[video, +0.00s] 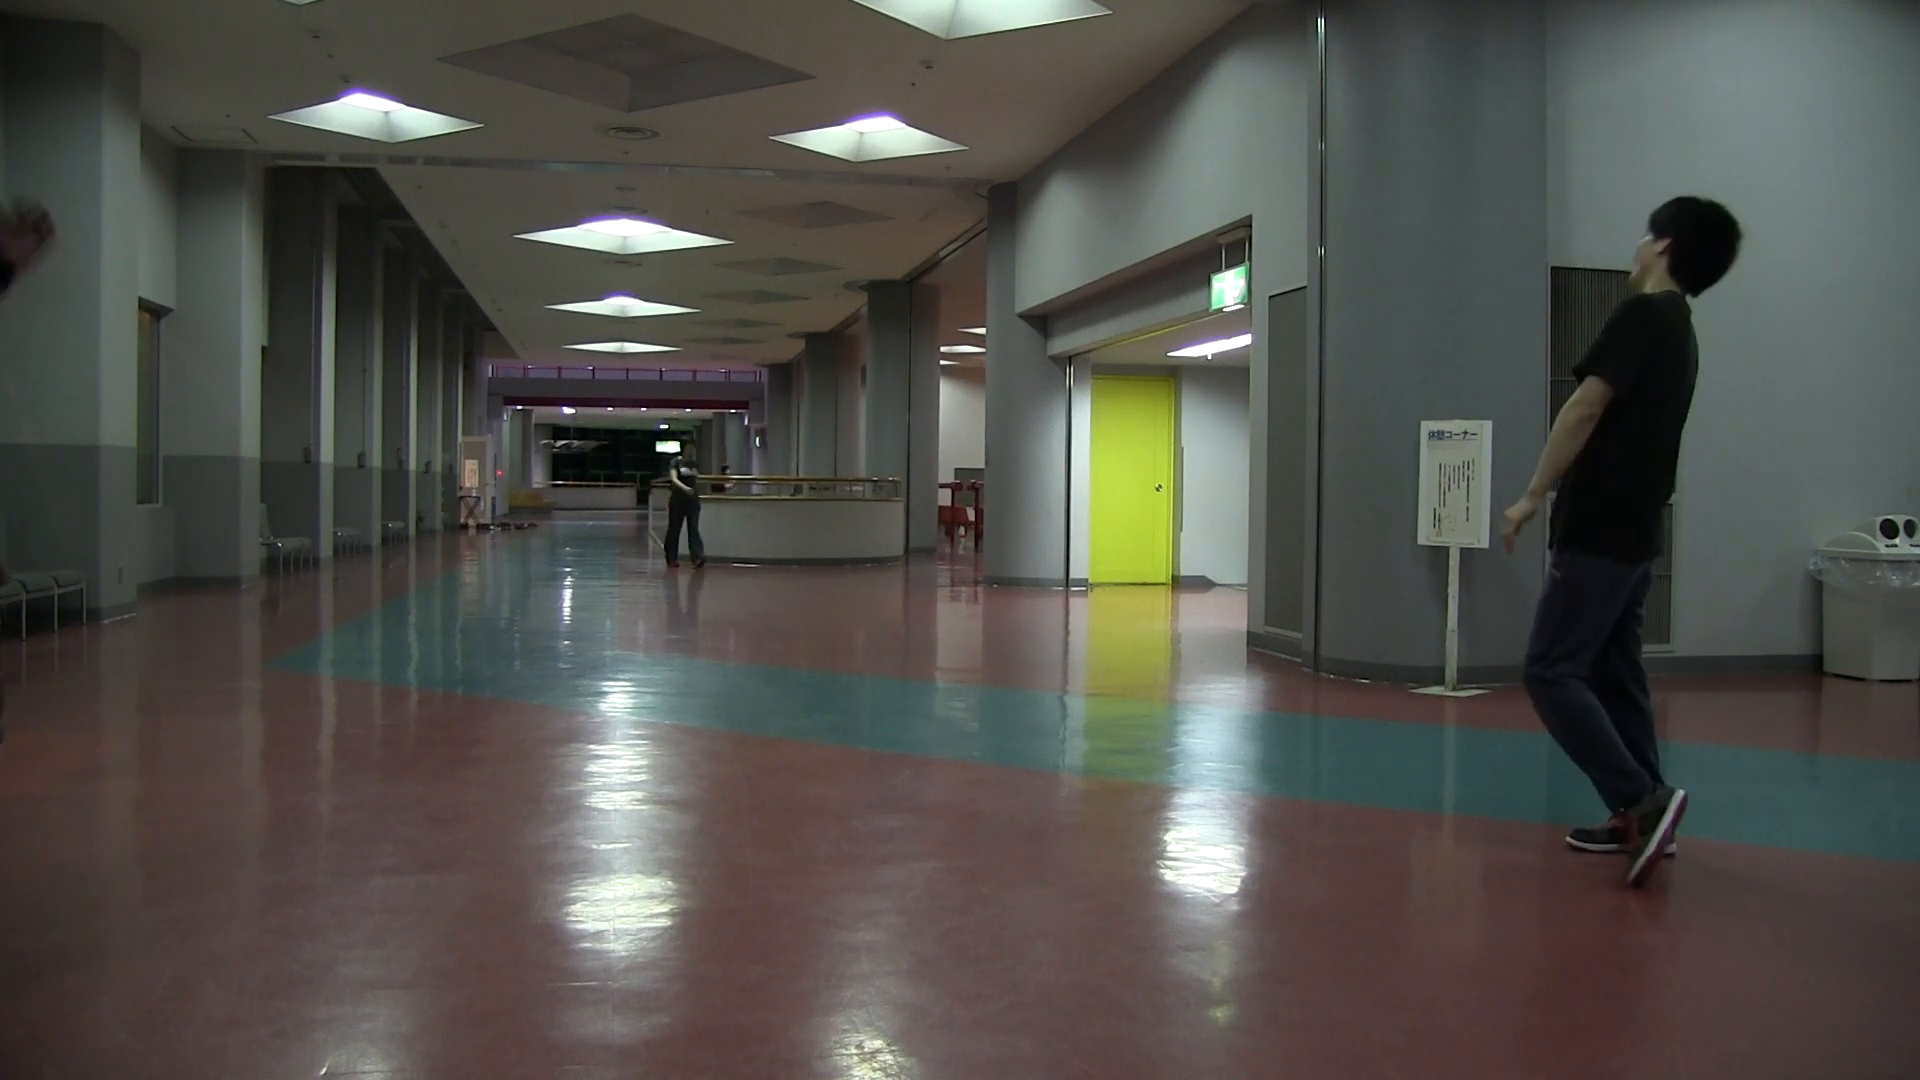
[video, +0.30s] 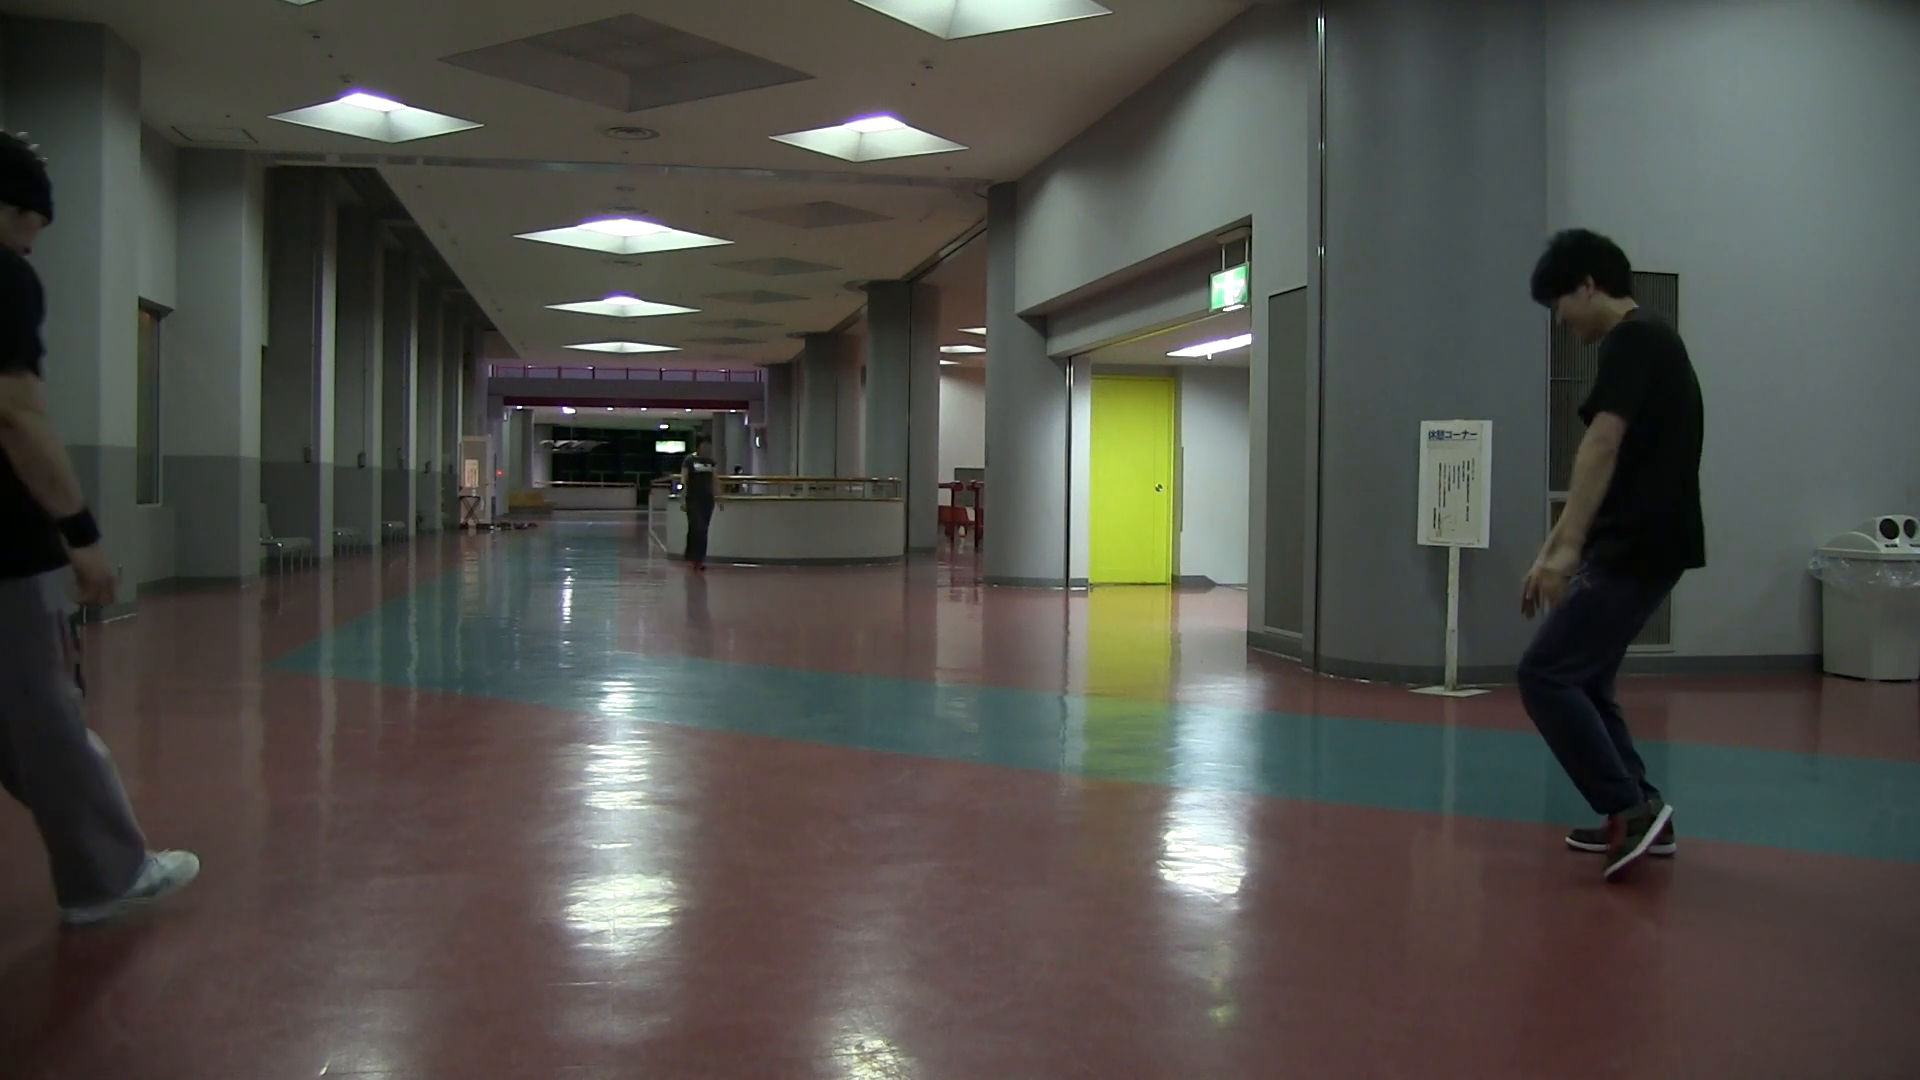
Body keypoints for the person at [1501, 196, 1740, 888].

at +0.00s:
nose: (1638, 241)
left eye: (1648, 231)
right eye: (1648, 230)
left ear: (1663, 245)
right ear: (1694, 260)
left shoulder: (1642, 316)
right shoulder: (1674, 324)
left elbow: (1585, 406)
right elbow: (1640, 430)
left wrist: (1534, 494)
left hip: (1599, 537)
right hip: (1632, 534)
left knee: (1548, 670)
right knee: (1614, 668)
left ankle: (1643, 800)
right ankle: (1632, 819)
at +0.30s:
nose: (1560, 321)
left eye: (1559, 305)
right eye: (1555, 310)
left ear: (1591, 286)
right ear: (1599, 289)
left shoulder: (1635, 343)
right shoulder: (1648, 343)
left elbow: (1603, 447)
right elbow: (1605, 460)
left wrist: (1564, 551)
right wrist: (1553, 546)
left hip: (1636, 548)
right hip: (1648, 546)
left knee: (1544, 674)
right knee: (1586, 679)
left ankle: (1630, 809)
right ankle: (1634, 812)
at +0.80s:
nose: (1573, 315)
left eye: (1580, 302)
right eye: (1568, 304)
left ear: (1615, 286)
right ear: (1575, 296)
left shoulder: (1699, 335)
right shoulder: (1579, 351)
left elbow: (1736, 449)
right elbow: (1574, 463)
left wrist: (1754, 557)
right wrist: (1578, 565)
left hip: (1684, 537)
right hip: (1613, 537)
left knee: (1646, 677)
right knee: (1592, 676)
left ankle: (1668, 835)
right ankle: (1628, 809)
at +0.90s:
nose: (1593, 294)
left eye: (1603, 279)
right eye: (1585, 281)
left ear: (1642, 264)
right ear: (1581, 274)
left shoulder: (1713, 321)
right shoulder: (1584, 341)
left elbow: (1733, 439)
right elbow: (1580, 453)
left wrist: (1726, 547)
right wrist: (1589, 554)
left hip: (1692, 538)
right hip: (1620, 539)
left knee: (1676, 678)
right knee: (1594, 678)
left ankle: (1671, 835)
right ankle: (1631, 789)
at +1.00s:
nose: (1614, 272)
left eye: (1626, 258)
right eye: (1604, 258)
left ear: (1661, 246)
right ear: (1598, 253)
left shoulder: (1726, 312)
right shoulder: (1592, 326)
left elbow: (1731, 429)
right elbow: (1582, 436)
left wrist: (1698, 531)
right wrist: (1599, 530)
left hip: (1695, 532)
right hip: (1614, 529)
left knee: (1690, 686)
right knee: (1598, 678)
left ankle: (1674, 834)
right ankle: (1629, 765)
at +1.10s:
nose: (1632, 262)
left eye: (1646, 248)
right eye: (1622, 248)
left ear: (1682, 237)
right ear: (1612, 242)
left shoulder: (1738, 313)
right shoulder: (1600, 318)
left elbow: (1732, 426)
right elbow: (1587, 422)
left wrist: (1677, 513)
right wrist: (1605, 503)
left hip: (1698, 533)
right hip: (1613, 529)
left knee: (1692, 684)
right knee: (1597, 675)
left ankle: (1676, 834)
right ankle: (1616, 767)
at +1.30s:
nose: (1662, 265)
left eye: (1677, 252)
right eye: (1650, 251)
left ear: (1707, 244)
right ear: (1637, 244)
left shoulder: (1750, 326)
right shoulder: (1612, 317)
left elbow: (1742, 434)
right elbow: (1583, 417)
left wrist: (1688, 513)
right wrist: (1595, 490)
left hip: (1695, 539)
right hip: (1611, 533)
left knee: (1689, 689)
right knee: (1586, 679)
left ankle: (1675, 836)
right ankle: (1600, 785)